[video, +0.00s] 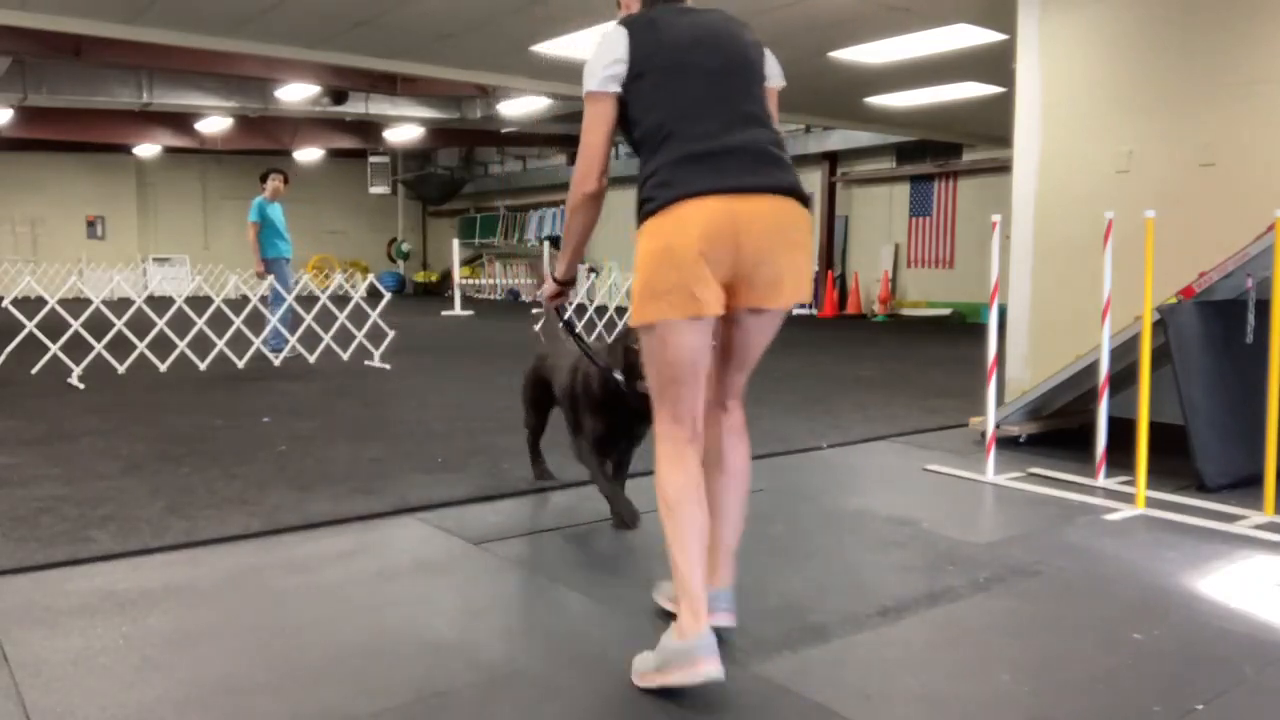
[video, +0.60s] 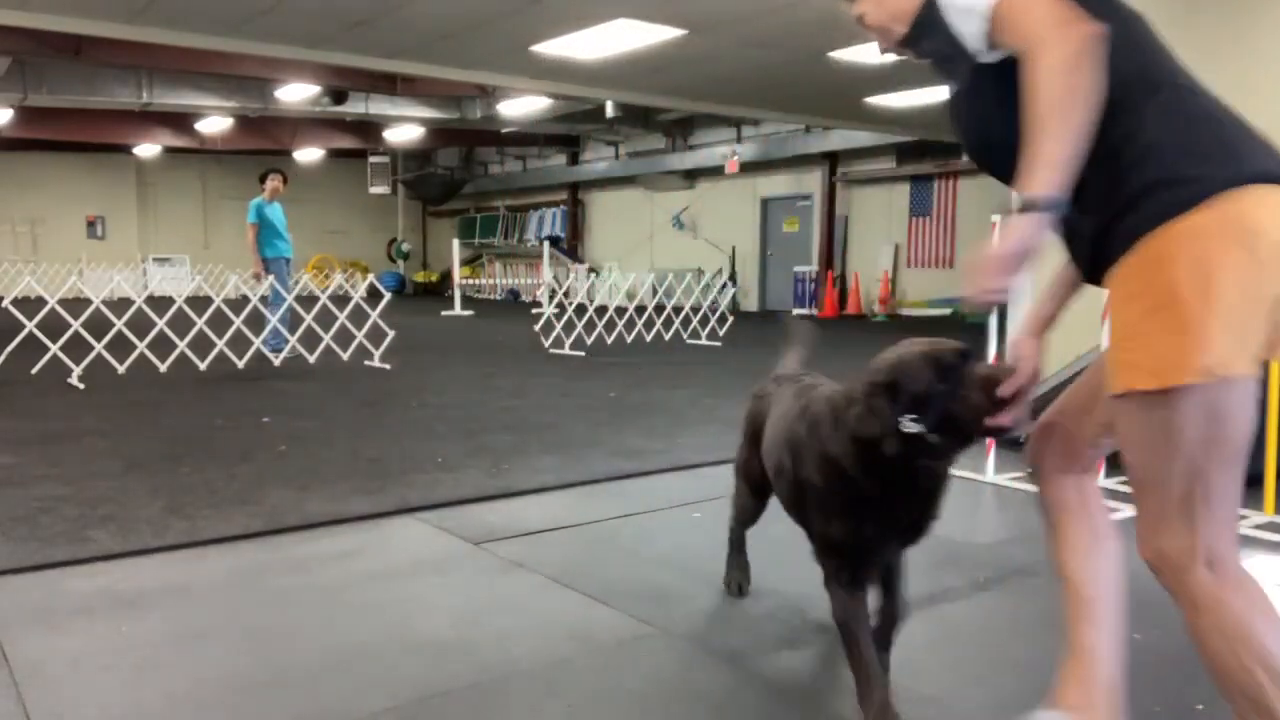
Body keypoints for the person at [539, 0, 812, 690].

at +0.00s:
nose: (616, 14)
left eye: (615, 10)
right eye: (617, 11)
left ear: (629, 4)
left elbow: (589, 181)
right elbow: (770, 143)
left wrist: (564, 268)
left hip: (685, 220)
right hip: (778, 216)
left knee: (678, 426)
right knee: (726, 403)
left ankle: (692, 630)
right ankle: (715, 588)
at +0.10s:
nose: (641, 14)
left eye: (642, 11)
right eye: (642, 12)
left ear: (658, 2)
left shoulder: (664, 25)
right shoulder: (783, 37)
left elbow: (622, 182)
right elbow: (802, 152)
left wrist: (581, 280)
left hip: (734, 237)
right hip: (835, 234)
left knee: (686, 441)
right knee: (764, 420)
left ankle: (692, 656)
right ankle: (833, 592)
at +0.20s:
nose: (679, 15)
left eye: (685, 14)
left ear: (702, 1)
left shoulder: (723, 7)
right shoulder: (820, 24)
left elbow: (677, 150)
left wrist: (615, 267)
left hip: (817, 216)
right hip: (913, 218)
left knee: (714, 434)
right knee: (830, 454)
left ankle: (684, 655)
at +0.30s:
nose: (726, 17)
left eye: (729, 8)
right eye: (725, 14)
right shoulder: (865, 23)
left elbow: (743, 137)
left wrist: (656, 265)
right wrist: (821, 302)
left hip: (910, 220)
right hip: (996, 223)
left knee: (759, 427)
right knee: (884, 475)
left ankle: (746, 678)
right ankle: (968, 704)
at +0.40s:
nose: (767, 17)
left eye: (767, 5)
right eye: (767, 14)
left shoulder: (853, 2)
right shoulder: (922, 37)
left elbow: (829, 93)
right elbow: (959, 192)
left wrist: (730, 244)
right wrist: (892, 319)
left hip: (1003, 208)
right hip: (1077, 211)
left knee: (865, 458)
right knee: (934, 474)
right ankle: (982, 694)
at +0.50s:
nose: (804, 13)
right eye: (799, 8)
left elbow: (938, 52)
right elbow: (1025, 190)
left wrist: (850, 219)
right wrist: (952, 314)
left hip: (1106, 197)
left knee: (1059, 506)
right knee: (1008, 461)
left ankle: (1222, 709)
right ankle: (993, 703)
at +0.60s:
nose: (863, 26)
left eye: (858, 9)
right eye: (856, 19)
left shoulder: (957, 5)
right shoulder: (990, 75)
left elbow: (1068, 33)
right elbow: (1107, 208)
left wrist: (1032, 206)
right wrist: (1034, 329)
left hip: (1205, 225)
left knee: (1190, 548)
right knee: (1064, 446)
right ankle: (1089, 700)